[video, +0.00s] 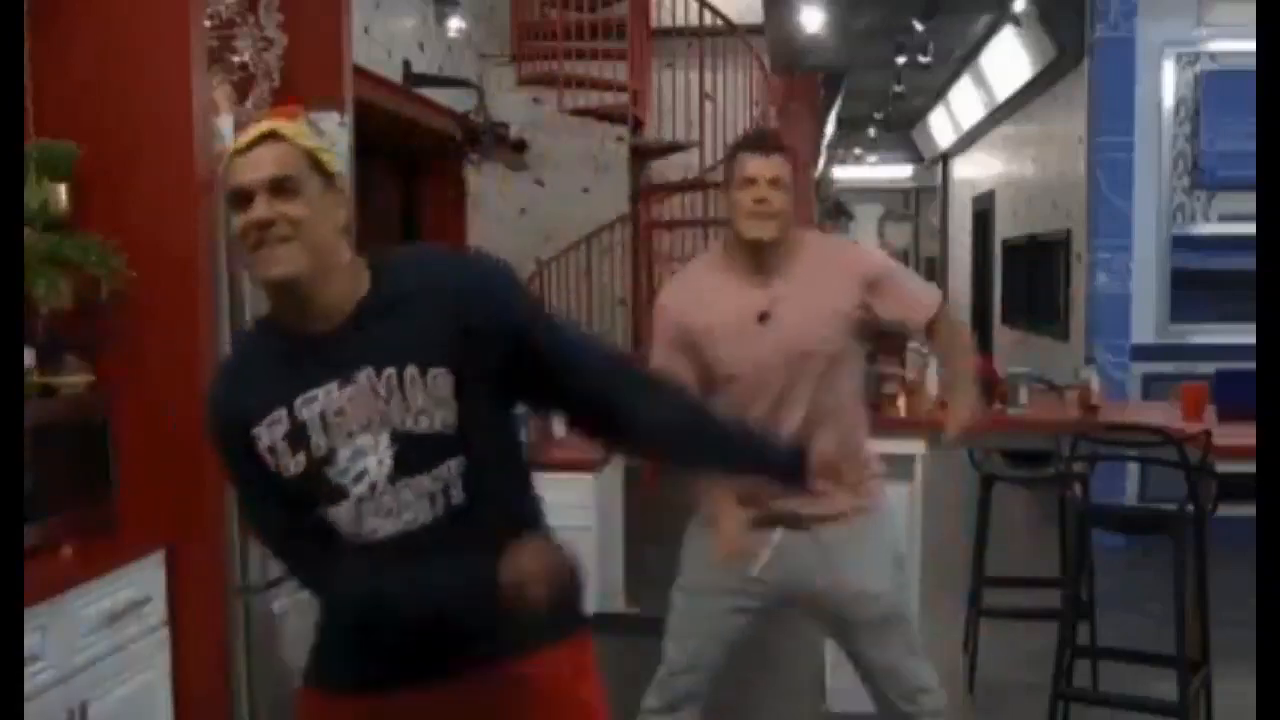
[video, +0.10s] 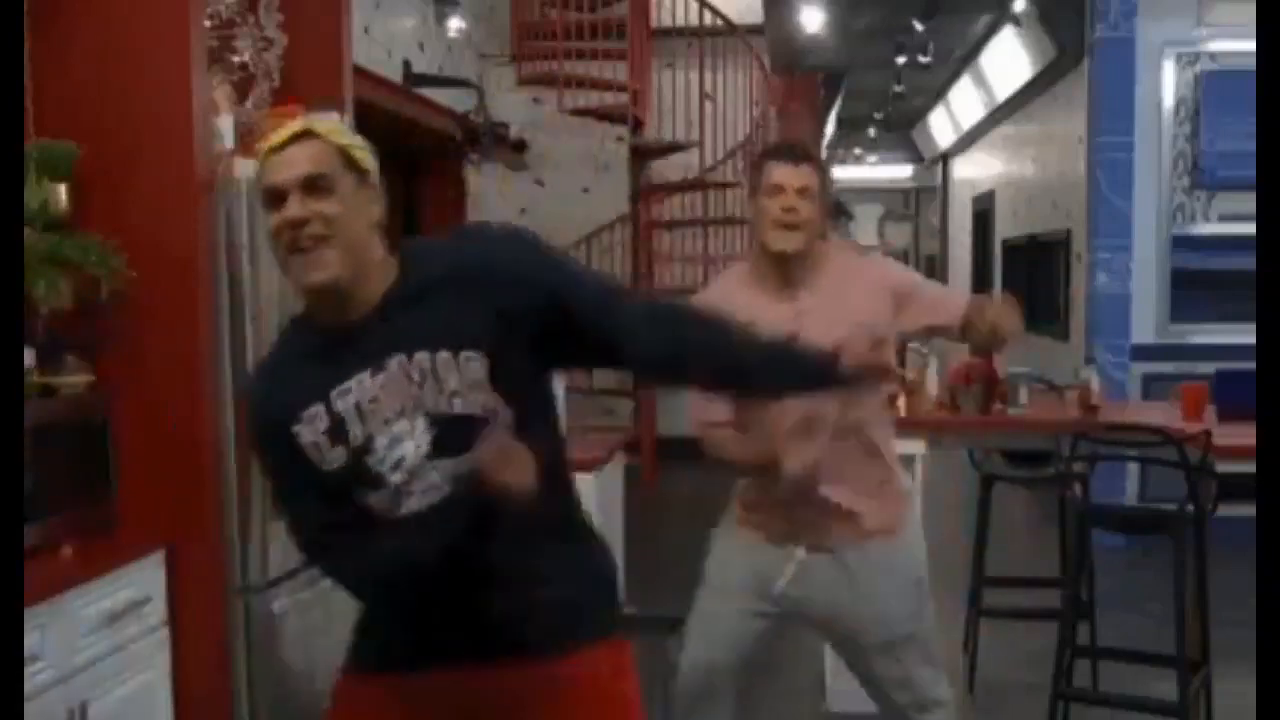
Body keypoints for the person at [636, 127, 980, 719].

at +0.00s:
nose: (762, 196)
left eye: (776, 184)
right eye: (748, 184)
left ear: (796, 197)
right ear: (726, 197)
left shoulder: (849, 266)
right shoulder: (684, 297)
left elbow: (944, 322)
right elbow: (670, 416)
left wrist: (960, 399)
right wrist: (721, 498)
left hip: (845, 523)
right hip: (736, 523)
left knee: (911, 694)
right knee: (675, 694)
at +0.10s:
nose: (789, 207)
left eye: (804, 195)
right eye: (775, 193)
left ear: (825, 211)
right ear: (754, 206)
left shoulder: (873, 280)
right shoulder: (723, 298)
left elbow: (972, 314)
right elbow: (710, 429)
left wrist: (994, 319)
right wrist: (764, 454)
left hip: (866, 530)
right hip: (760, 527)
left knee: (919, 699)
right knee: (700, 678)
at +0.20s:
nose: (810, 206)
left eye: (825, 196)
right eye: (796, 193)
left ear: (844, 217)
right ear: (771, 209)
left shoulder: (886, 281)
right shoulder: (736, 300)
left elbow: (988, 331)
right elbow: (735, 439)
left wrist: (1004, 281)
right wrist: (799, 414)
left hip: (888, 545)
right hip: (776, 539)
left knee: (921, 702)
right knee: (733, 693)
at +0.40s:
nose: (850, 219)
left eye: (863, 209)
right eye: (835, 206)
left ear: (876, 224)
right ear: (805, 218)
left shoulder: (908, 292)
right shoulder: (753, 300)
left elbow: (1004, 340)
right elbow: (740, 425)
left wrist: (1016, 305)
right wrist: (844, 404)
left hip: (907, 512)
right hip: (803, 521)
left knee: (954, 675)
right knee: (805, 684)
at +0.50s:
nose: (827, 230)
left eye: (839, 216)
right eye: (810, 220)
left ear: (859, 228)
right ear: (788, 238)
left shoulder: (908, 311)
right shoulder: (752, 323)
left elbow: (969, 404)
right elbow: (745, 448)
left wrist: (1024, 427)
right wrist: (840, 512)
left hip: (897, 549)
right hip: (785, 549)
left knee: (942, 705)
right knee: (768, 706)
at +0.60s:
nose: (804, 213)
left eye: (816, 199)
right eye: (789, 204)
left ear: (842, 210)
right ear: (773, 221)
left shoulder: (895, 299)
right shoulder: (736, 310)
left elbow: (932, 412)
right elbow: (718, 443)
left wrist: (1008, 490)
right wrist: (780, 522)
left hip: (877, 544)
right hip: (756, 540)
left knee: (934, 703)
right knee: (710, 691)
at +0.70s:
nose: (754, 183)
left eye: (767, 170)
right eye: (739, 175)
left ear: (796, 184)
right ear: (724, 193)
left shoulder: (849, 266)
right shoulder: (686, 273)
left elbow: (881, 384)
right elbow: (622, 375)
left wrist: (861, 504)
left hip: (821, 509)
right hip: (705, 511)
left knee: (889, 674)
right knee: (654, 667)